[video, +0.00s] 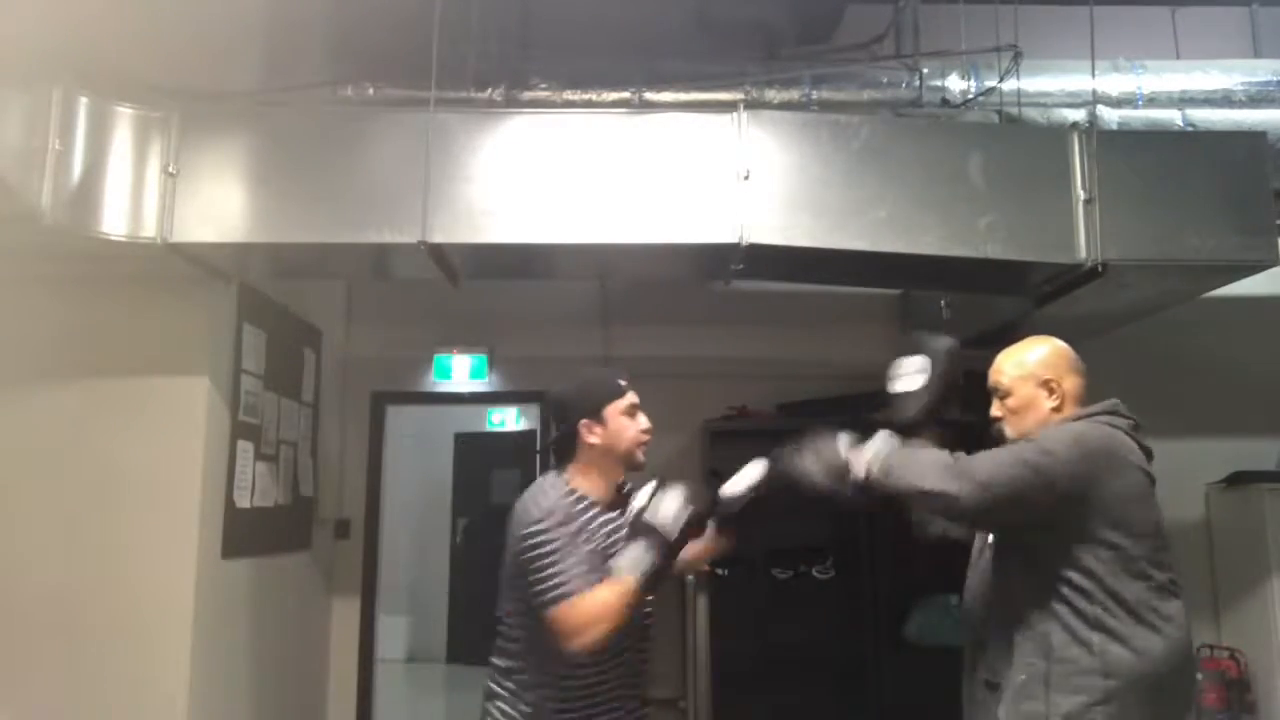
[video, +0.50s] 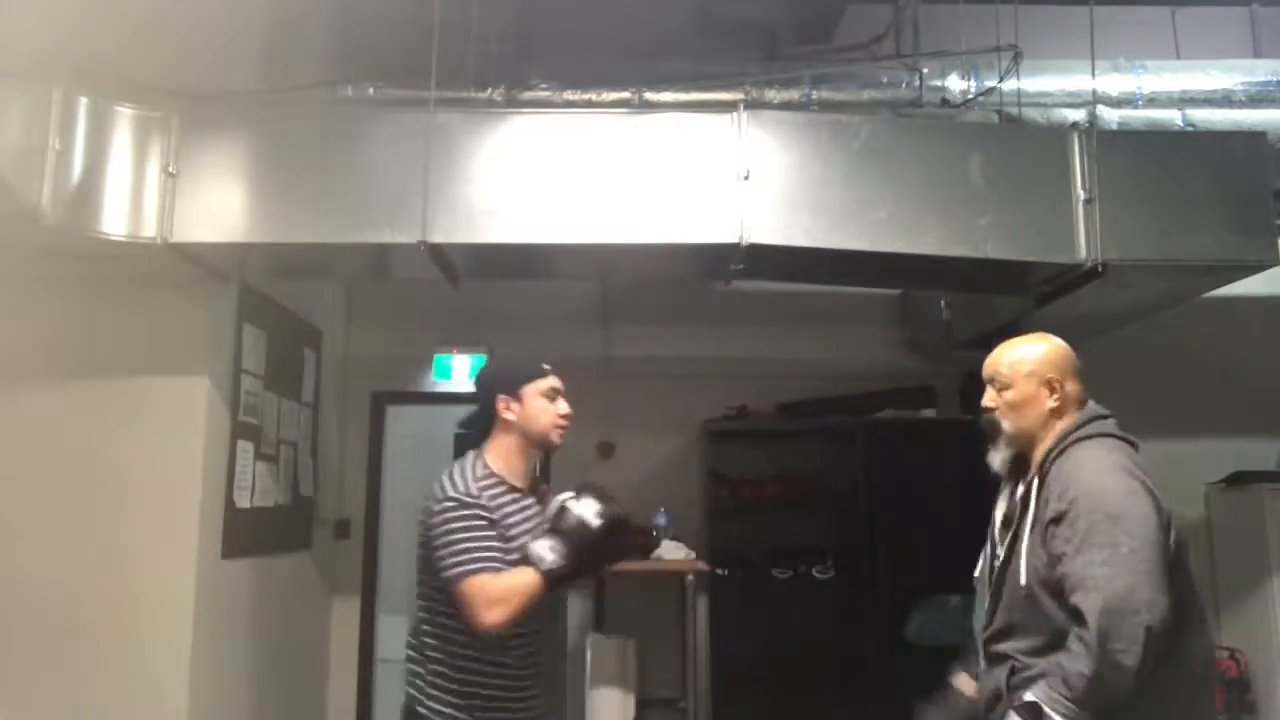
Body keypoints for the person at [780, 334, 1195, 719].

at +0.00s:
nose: (993, 410)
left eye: (1004, 395)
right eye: (992, 397)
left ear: (1053, 394)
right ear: (1050, 396)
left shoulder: (1086, 446)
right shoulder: (1063, 450)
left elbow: (969, 489)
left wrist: (877, 458)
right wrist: (918, 425)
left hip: (1098, 690)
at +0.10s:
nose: (992, 410)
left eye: (1002, 394)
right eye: (992, 396)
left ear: (1053, 391)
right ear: (1047, 393)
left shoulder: (1093, 448)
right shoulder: (1021, 460)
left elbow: (1025, 532)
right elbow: (938, 499)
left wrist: (919, 542)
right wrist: (849, 464)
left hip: (1103, 702)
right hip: (1031, 698)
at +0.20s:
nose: (992, 407)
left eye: (1001, 391)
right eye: (991, 394)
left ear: (1052, 390)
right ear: (1047, 392)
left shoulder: (1101, 459)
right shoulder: (1025, 457)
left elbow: (1070, 574)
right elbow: (942, 481)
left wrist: (966, 616)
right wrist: (846, 490)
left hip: (1085, 704)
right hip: (1018, 696)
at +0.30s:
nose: (989, 403)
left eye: (1001, 388)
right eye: (989, 388)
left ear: (1054, 392)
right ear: (1047, 393)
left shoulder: (1105, 479)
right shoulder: (1018, 470)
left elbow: (1108, 625)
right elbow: (943, 533)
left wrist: (1000, 690)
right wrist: (850, 549)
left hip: (1078, 704)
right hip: (1000, 690)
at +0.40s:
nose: (987, 403)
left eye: (1002, 388)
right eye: (988, 389)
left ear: (1056, 394)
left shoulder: (1101, 481)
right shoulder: (1025, 473)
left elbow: (1122, 632)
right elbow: (982, 583)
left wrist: (1028, 708)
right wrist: (896, 627)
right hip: (998, 697)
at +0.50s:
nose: (986, 402)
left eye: (1000, 387)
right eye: (987, 387)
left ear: (1052, 393)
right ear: (1052, 394)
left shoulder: (1095, 475)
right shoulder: (1031, 469)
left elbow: (1120, 623)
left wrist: (1037, 709)